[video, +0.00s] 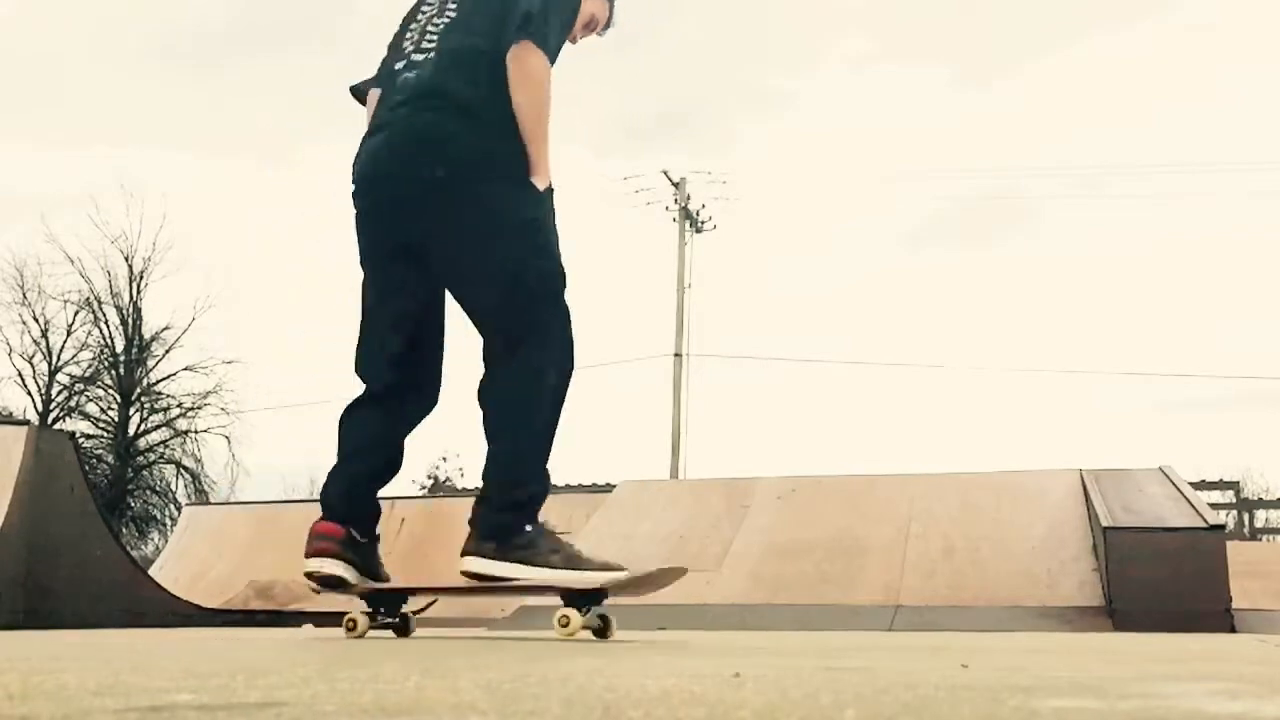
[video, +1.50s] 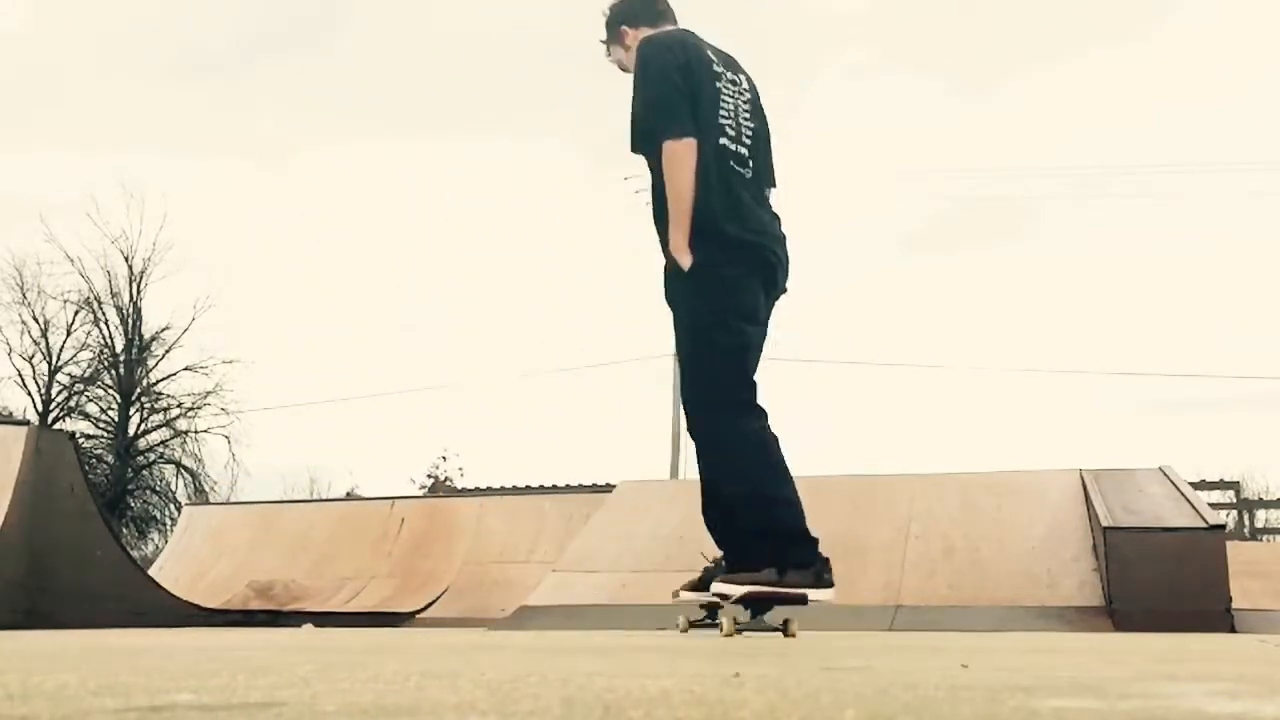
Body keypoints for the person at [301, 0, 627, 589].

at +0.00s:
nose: (583, 34)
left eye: (592, 31)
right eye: (594, 22)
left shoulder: (432, 8)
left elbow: (377, 94)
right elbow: (527, 53)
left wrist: (386, 171)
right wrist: (540, 171)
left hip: (385, 168)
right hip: (473, 163)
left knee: (399, 364)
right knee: (534, 345)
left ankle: (344, 522)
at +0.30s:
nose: (671, 17)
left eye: (674, 11)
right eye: (675, 9)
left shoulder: (517, 8)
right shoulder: (637, 1)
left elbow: (479, 106)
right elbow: (617, 77)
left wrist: (490, 180)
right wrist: (631, 190)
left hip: (482, 195)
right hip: (579, 198)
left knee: (477, 369)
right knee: (594, 383)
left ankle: (450, 518)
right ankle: (585, 535)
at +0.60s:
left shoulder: (586, 7)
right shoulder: (723, 7)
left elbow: (550, 102)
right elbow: (707, 98)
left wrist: (541, 182)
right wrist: (704, 205)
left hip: (556, 194)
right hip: (651, 199)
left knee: (538, 370)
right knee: (650, 386)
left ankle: (515, 518)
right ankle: (645, 544)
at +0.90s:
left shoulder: (628, 16)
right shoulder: (767, 20)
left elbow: (600, 118)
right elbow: (765, 123)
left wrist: (591, 206)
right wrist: (759, 224)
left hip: (619, 217)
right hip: (716, 221)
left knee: (602, 385)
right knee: (712, 397)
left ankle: (593, 532)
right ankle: (709, 549)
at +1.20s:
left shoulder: (648, 16)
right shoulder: (756, 49)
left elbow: (646, 118)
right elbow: (777, 150)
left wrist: (641, 227)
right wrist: (776, 220)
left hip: (685, 229)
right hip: (763, 230)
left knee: (672, 387)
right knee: (784, 390)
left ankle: (707, 544)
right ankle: (823, 553)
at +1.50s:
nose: (624, 71)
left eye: (619, 60)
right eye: (619, 64)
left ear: (627, 34)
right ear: (665, 19)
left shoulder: (660, 48)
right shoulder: (733, 70)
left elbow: (678, 142)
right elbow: (760, 174)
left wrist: (679, 244)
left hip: (716, 251)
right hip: (756, 247)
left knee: (719, 406)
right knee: (723, 404)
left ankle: (787, 556)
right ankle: (747, 556)